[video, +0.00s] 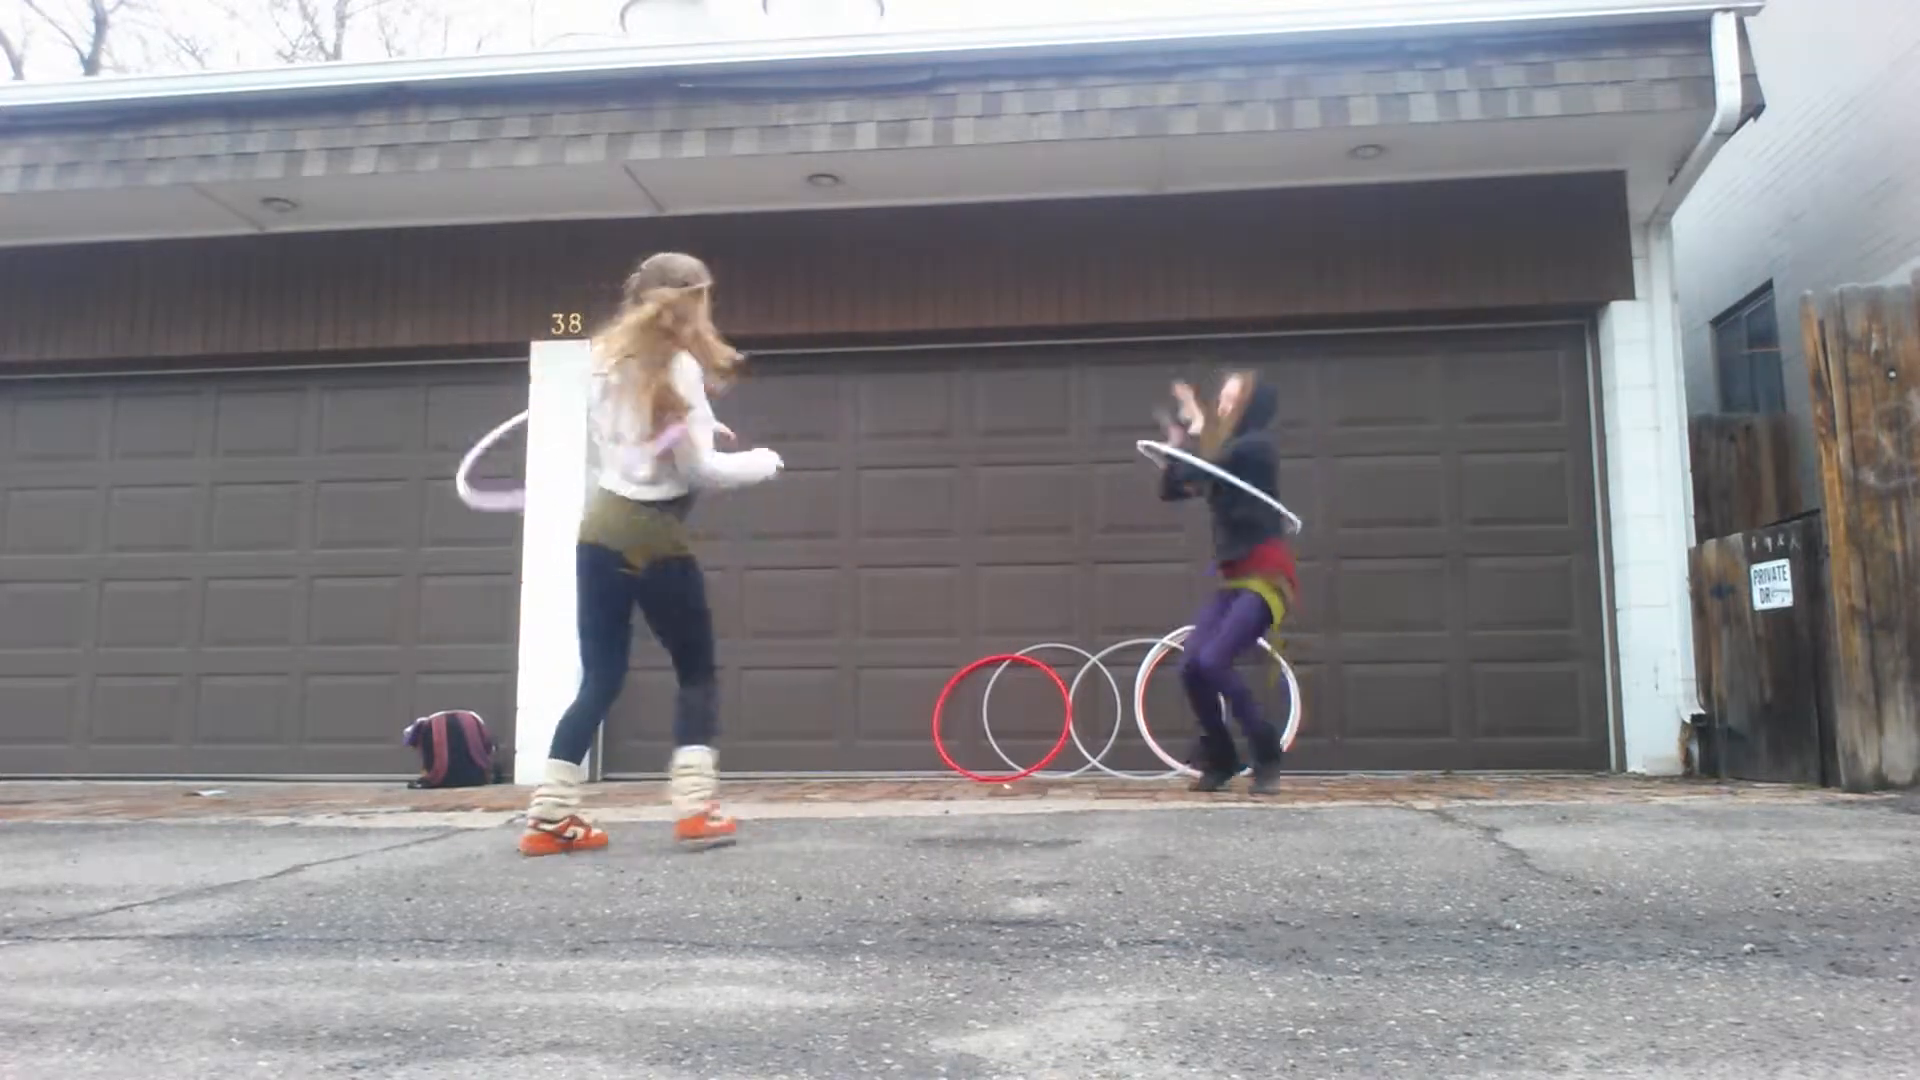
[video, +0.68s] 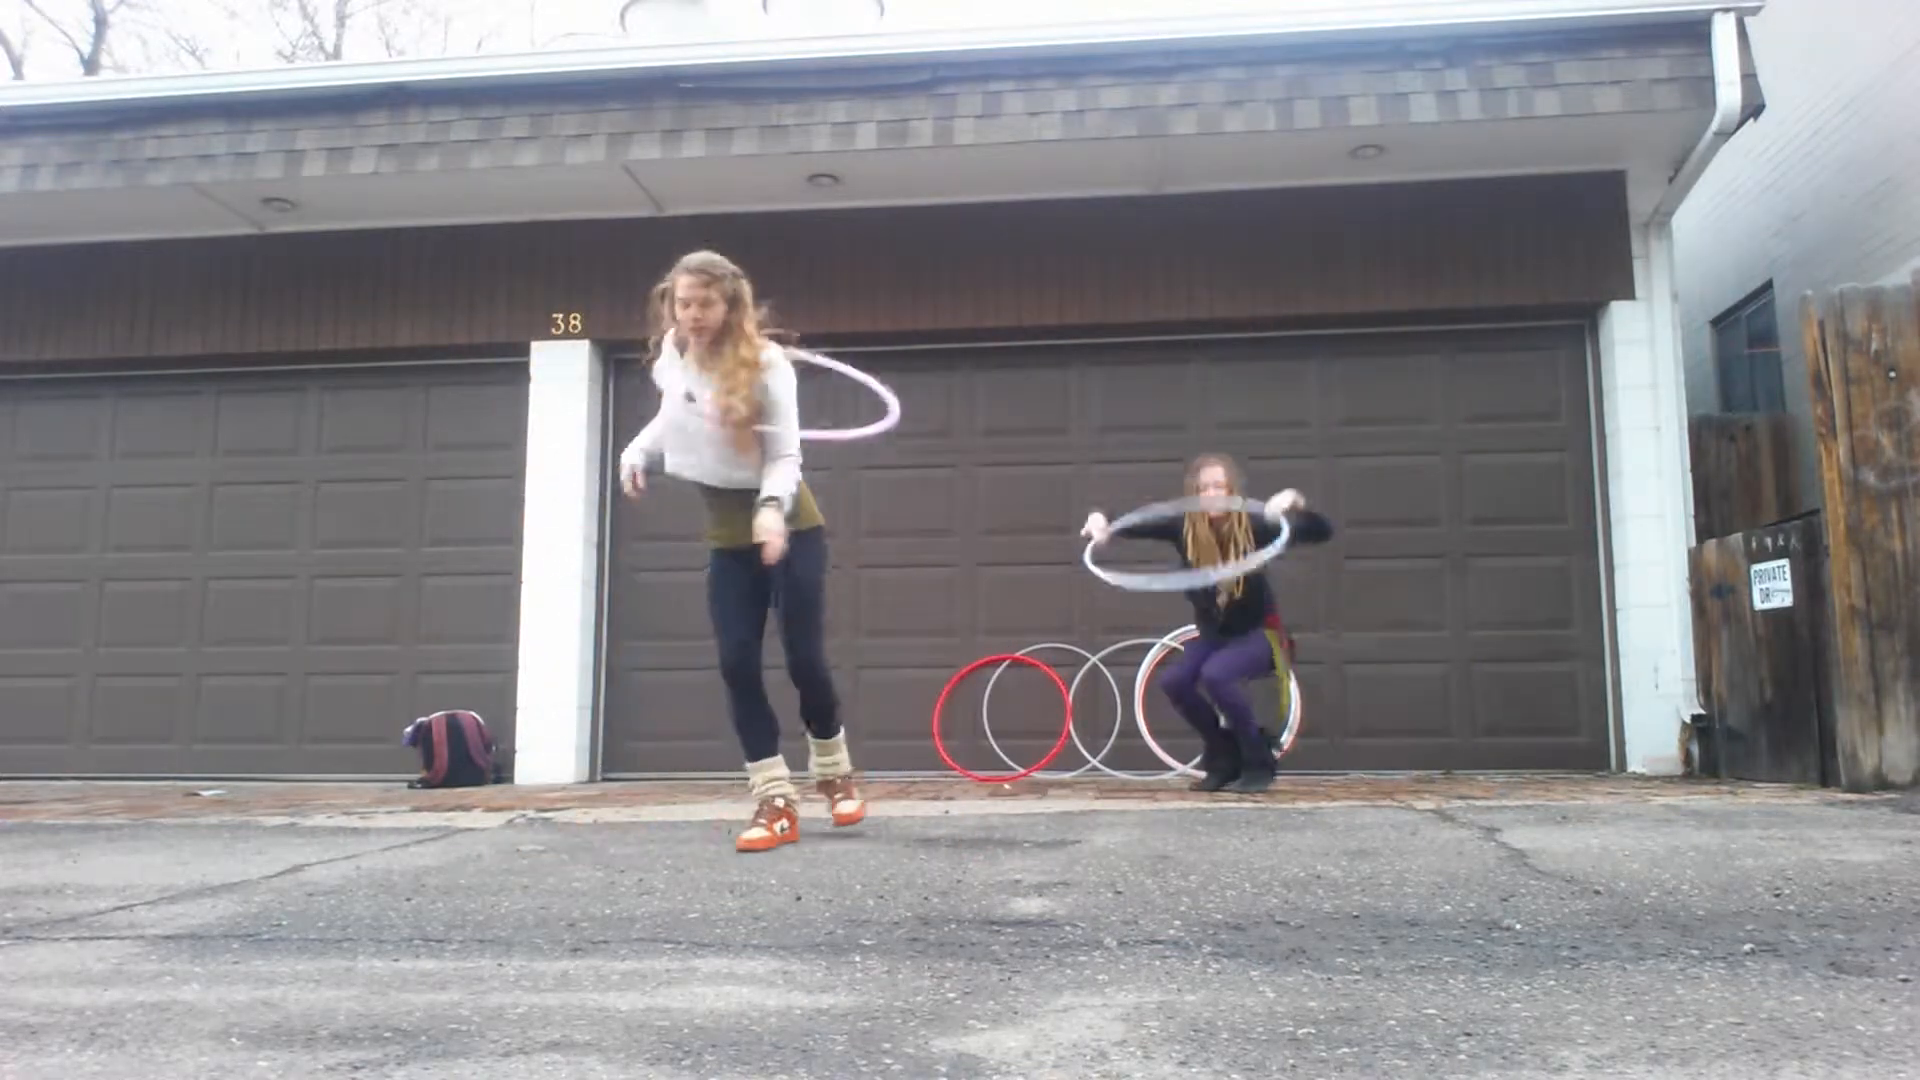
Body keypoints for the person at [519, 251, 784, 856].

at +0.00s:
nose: (707, 314)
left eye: (706, 302)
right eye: (702, 302)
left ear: (642, 301)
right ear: (681, 305)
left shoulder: (605, 358)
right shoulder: (678, 367)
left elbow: (620, 441)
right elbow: (702, 466)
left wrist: (699, 429)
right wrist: (766, 463)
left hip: (597, 533)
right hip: (655, 538)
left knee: (599, 681)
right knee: (695, 667)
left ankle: (550, 813)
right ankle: (695, 806)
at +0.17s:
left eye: (647, 283)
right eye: (724, 287)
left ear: (654, 294)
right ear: (717, 295)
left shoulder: (627, 363)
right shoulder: (744, 349)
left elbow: (621, 452)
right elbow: (770, 443)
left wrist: (672, 457)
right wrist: (766, 480)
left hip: (651, 508)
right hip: (722, 510)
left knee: (626, 666)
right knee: (710, 673)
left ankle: (578, 810)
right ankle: (765, 806)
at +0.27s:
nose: (651, 288)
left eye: (658, 279)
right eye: (658, 277)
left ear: (669, 291)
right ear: (726, 293)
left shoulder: (654, 359)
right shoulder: (759, 350)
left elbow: (627, 451)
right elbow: (773, 437)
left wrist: (583, 467)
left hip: (698, 524)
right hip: (758, 520)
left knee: (654, 660)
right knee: (729, 668)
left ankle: (672, 804)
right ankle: (764, 806)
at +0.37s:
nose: (658, 314)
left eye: (662, 303)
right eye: (660, 303)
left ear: (678, 302)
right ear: (726, 296)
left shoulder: (687, 362)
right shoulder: (756, 352)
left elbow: (648, 455)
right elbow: (746, 438)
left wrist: (575, 501)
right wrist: (684, 473)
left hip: (729, 523)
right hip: (771, 520)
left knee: (690, 663)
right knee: (734, 664)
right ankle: (758, 803)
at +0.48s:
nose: (660, 312)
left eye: (668, 299)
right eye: (660, 300)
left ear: (701, 298)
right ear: (705, 301)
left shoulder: (731, 360)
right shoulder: (731, 357)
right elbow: (714, 445)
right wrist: (654, 466)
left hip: (757, 518)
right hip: (748, 517)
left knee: (741, 658)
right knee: (730, 662)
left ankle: (853, 756)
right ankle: (762, 802)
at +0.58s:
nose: (672, 308)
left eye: (683, 296)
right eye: (666, 297)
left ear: (715, 295)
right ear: (660, 301)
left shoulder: (751, 353)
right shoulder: (695, 362)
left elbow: (756, 453)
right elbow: (705, 438)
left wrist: (708, 516)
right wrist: (655, 451)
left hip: (774, 516)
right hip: (728, 521)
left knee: (777, 656)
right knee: (739, 662)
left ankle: (860, 759)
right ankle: (773, 801)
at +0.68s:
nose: (694, 316)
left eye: (706, 304)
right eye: (685, 304)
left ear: (732, 305)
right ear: (673, 307)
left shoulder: (769, 365)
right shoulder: (670, 353)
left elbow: (785, 453)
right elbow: (679, 411)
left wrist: (772, 510)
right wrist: (639, 451)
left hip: (789, 520)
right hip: (730, 526)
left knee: (804, 659)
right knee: (736, 666)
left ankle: (833, 772)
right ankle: (775, 800)